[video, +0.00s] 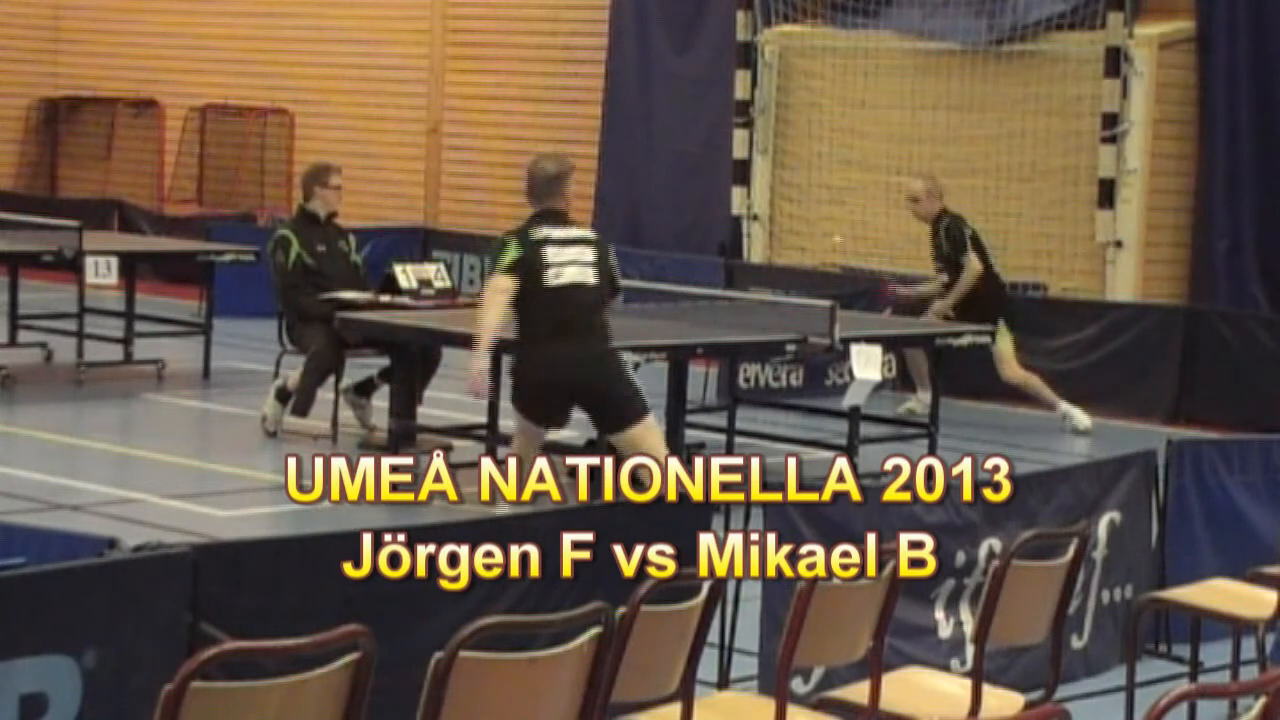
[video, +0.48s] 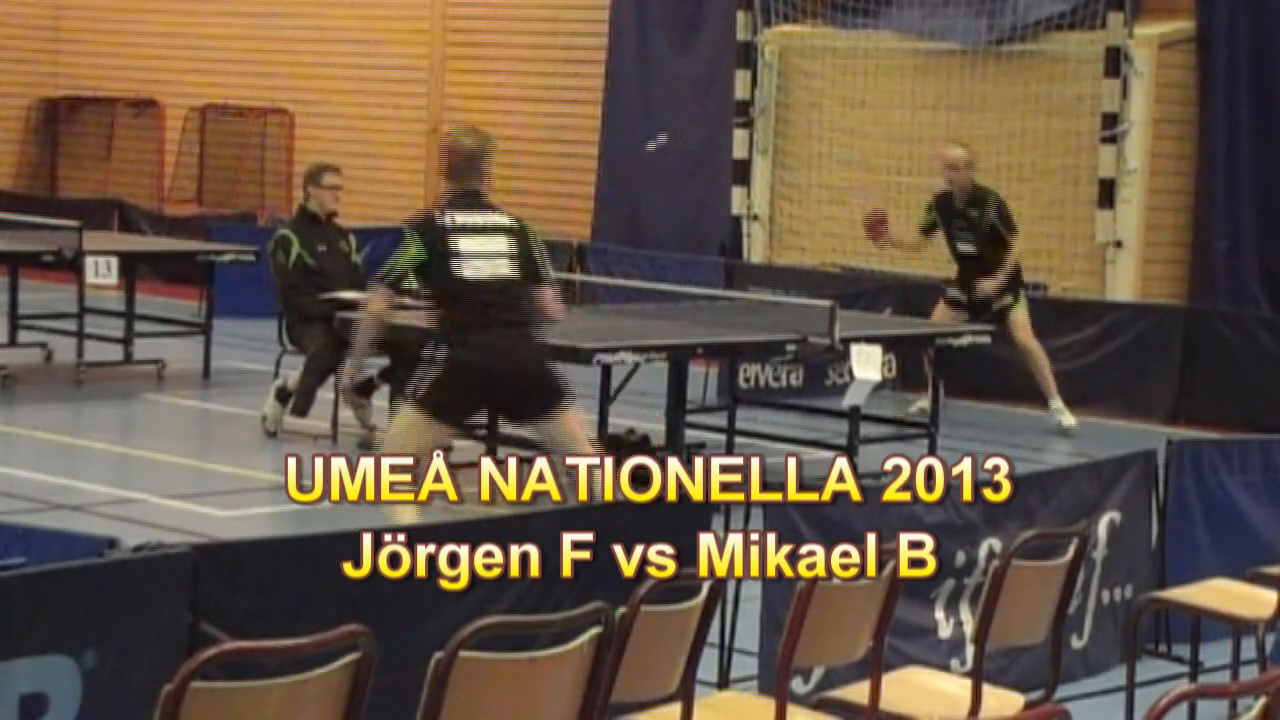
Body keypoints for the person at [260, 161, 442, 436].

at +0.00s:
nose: (341, 194)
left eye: (341, 188)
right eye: (335, 188)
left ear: (327, 192)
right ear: (316, 190)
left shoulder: (342, 235)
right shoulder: (289, 237)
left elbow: (358, 281)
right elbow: (293, 297)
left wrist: (369, 302)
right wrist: (338, 311)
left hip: (351, 318)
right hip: (311, 319)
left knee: (425, 351)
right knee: (328, 352)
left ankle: (362, 391)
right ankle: (283, 394)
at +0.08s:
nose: (342, 194)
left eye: (342, 188)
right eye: (337, 188)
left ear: (326, 192)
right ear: (319, 191)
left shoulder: (342, 235)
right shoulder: (289, 237)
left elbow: (358, 281)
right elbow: (293, 297)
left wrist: (369, 303)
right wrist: (337, 311)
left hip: (351, 319)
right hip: (310, 319)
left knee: (425, 351)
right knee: (328, 352)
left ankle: (362, 391)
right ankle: (283, 394)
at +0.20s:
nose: (343, 195)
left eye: (342, 189)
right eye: (338, 188)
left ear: (326, 192)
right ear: (321, 191)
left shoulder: (342, 235)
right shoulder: (289, 237)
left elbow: (358, 282)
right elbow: (293, 297)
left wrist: (370, 302)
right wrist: (338, 310)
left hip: (351, 318)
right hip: (310, 319)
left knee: (425, 351)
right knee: (328, 352)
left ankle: (362, 391)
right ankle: (283, 394)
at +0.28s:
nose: (343, 195)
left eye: (343, 189)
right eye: (338, 189)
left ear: (326, 192)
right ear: (320, 191)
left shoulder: (342, 236)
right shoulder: (289, 236)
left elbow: (358, 282)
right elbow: (293, 297)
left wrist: (370, 302)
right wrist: (338, 311)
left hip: (350, 318)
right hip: (310, 319)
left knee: (424, 351)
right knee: (328, 352)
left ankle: (362, 391)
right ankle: (283, 395)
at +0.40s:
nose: (340, 196)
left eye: (341, 189)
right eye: (335, 189)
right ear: (314, 191)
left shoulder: (342, 235)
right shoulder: (289, 237)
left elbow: (357, 283)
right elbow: (294, 298)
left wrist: (371, 302)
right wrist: (338, 311)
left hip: (350, 318)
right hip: (310, 319)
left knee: (427, 350)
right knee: (328, 353)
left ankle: (362, 392)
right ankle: (284, 394)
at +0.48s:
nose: (338, 195)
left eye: (340, 189)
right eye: (331, 189)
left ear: (341, 191)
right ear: (310, 191)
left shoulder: (343, 235)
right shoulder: (288, 237)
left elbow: (356, 283)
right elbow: (294, 298)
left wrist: (370, 304)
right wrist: (341, 308)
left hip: (348, 318)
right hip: (307, 319)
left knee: (412, 346)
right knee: (327, 350)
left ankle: (363, 391)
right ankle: (285, 393)